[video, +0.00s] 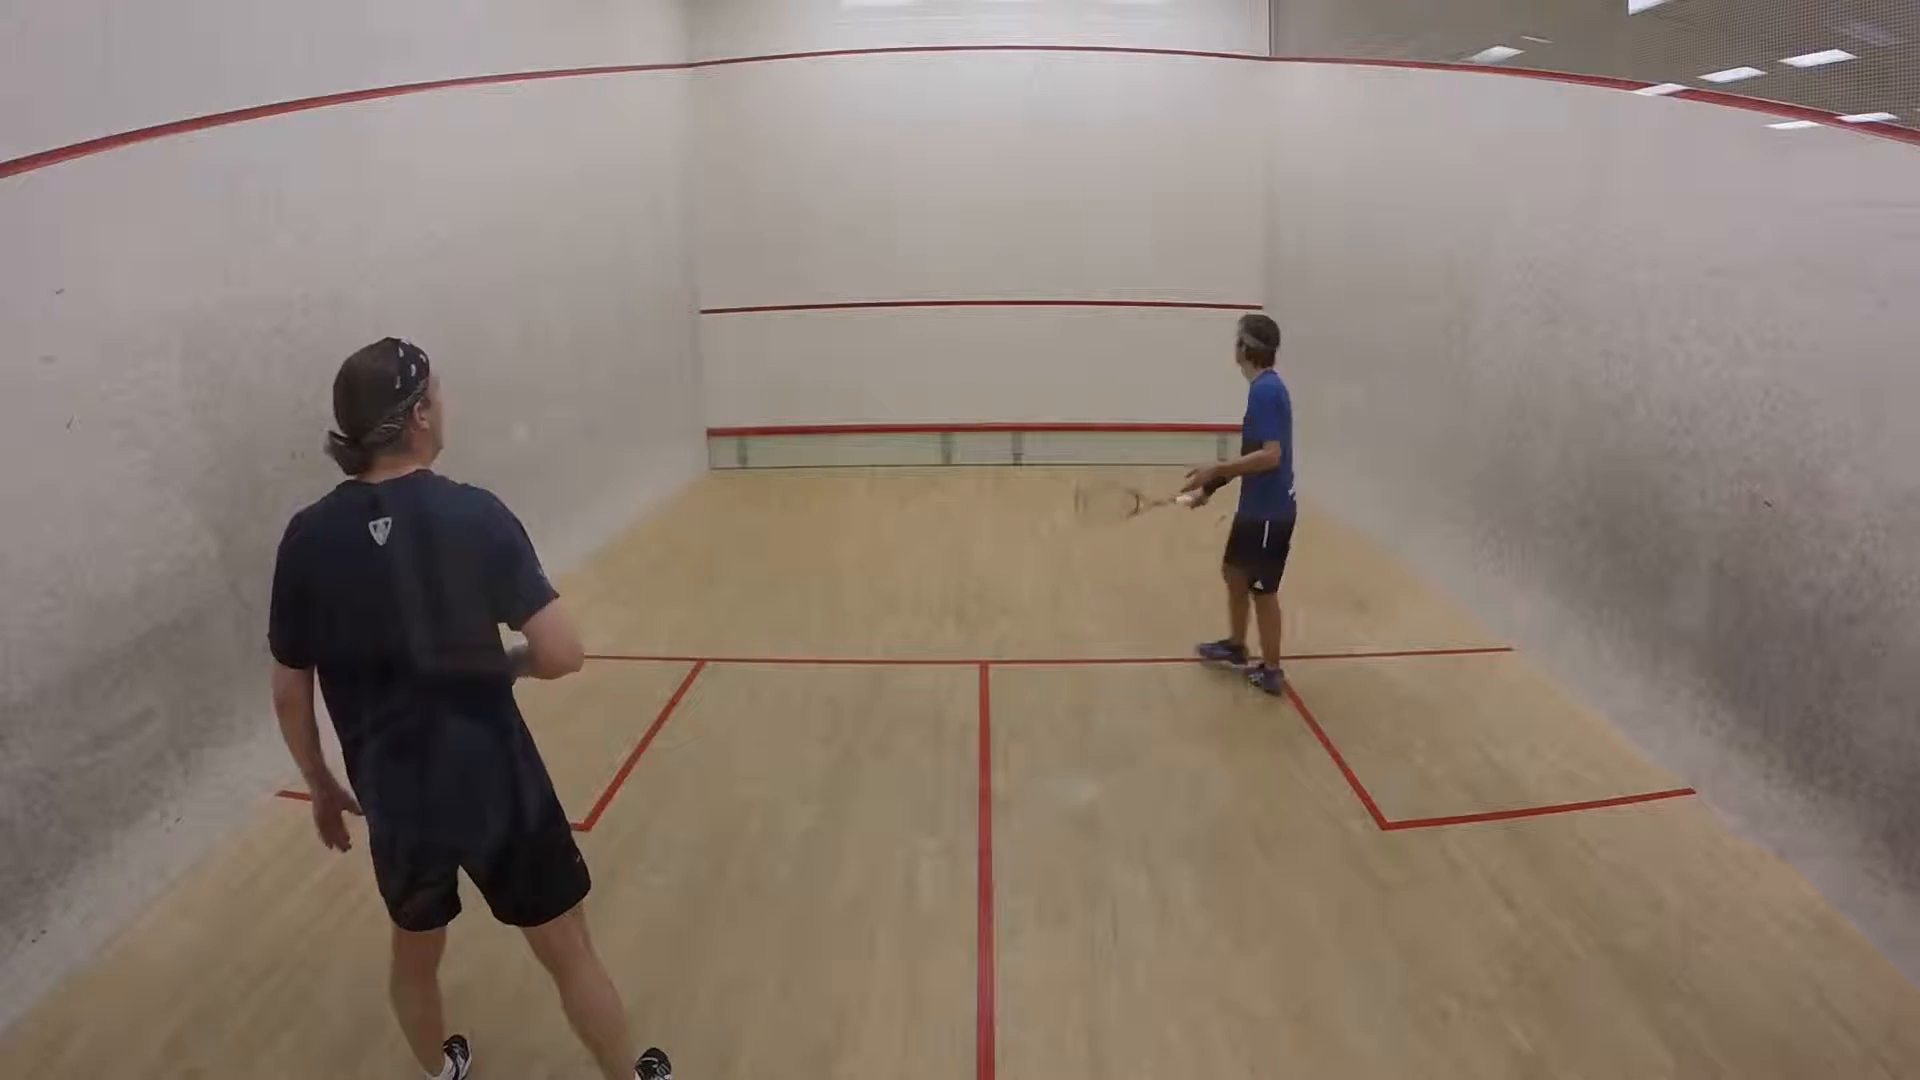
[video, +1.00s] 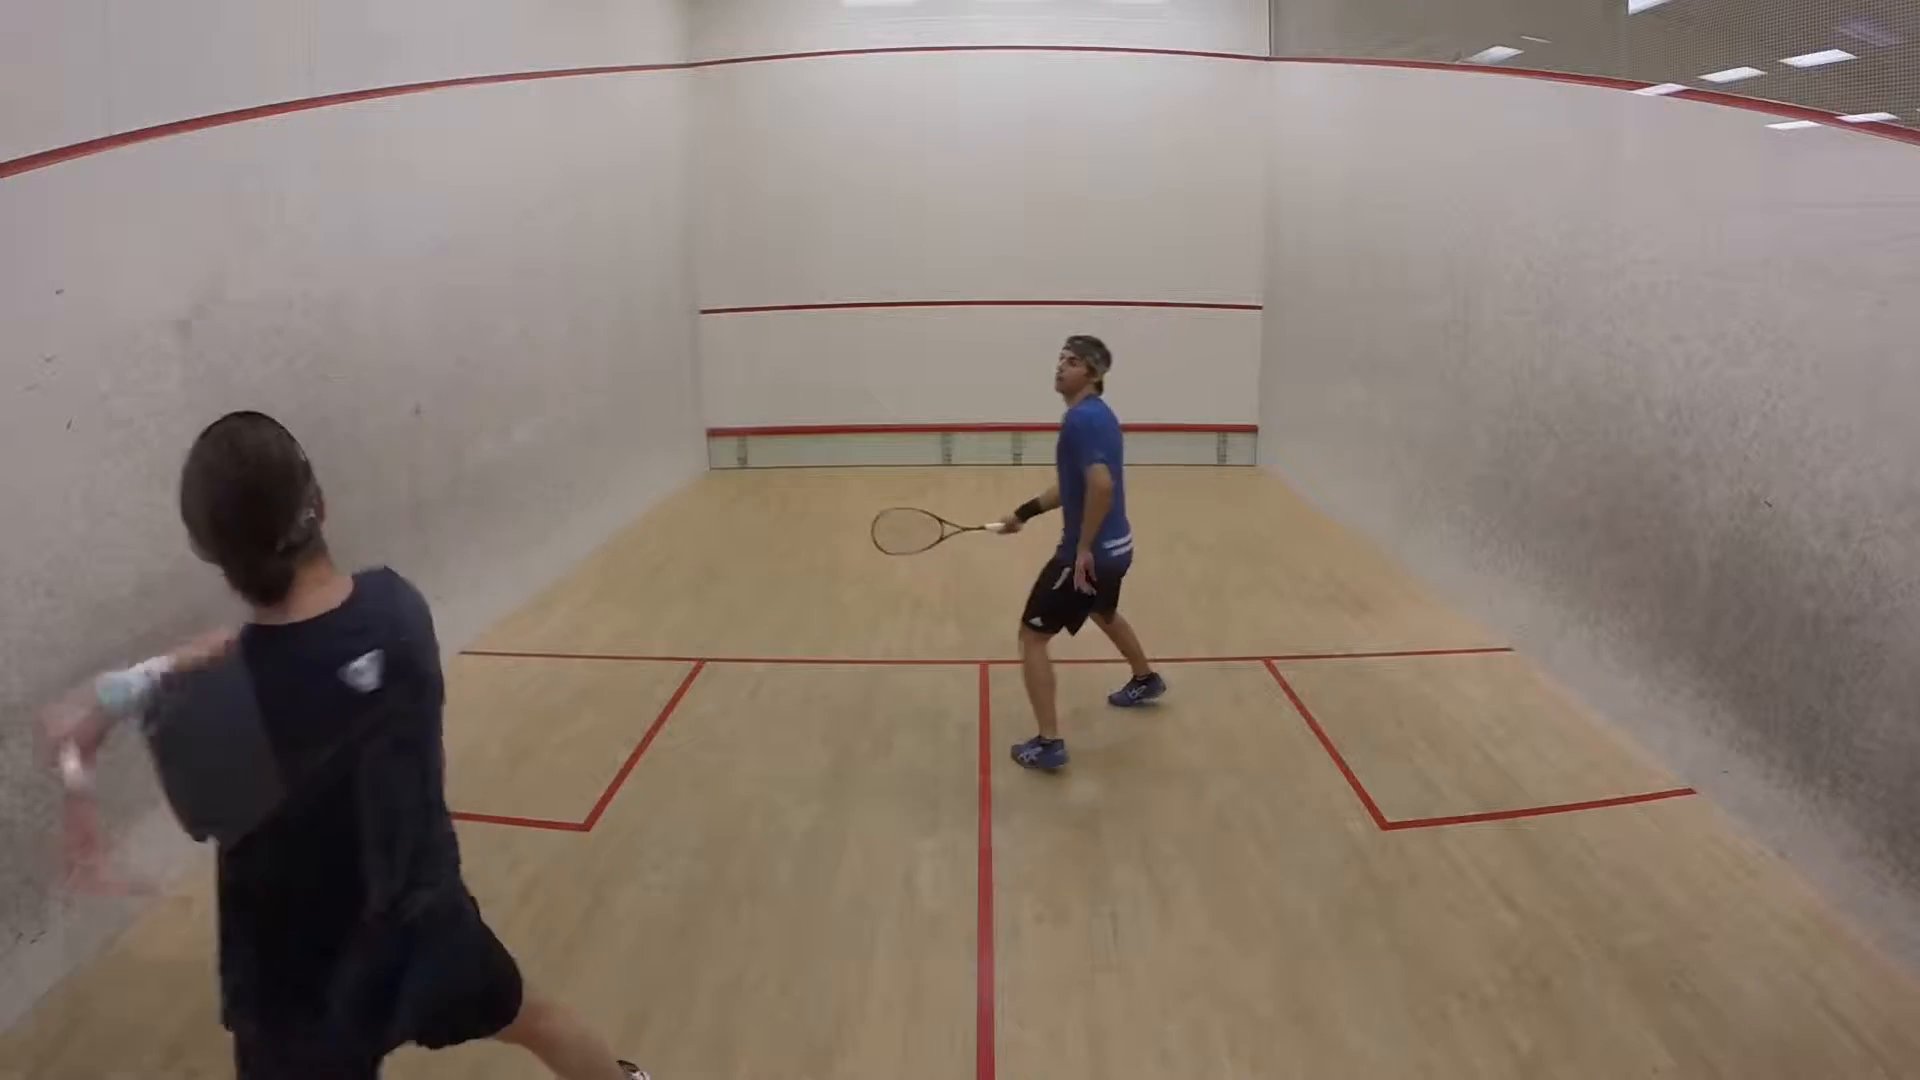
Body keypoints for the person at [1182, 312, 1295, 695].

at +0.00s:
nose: (1234, 350)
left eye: (1237, 344)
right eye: (1236, 343)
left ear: (1245, 347)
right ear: (1268, 349)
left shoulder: (1267, 390)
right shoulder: (1264, 389)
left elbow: (1271, 456)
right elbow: (1255, 455)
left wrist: (1216, 471)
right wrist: (1214, 484)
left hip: (1271, 512)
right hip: (1254, 508)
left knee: (1263, 588)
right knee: (1235, 573)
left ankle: (1271, 669)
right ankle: (1237, 644)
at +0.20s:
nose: (1198, 348)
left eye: (1207, 344)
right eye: (1203, 342)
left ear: (1225, 357)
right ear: (1220, 356)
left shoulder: (1246, 402)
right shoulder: (1215, 400)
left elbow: (1255, 469)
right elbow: (1223, 467)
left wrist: (1197, 483)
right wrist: (1210, 516)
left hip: (1247, 521)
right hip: (1216, 516)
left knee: (1260, 595)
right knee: (1189, 584)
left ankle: (1274, 665)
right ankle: (1169, 668)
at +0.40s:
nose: (1167, 356)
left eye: (1177, 354)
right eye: (1170, 350)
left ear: (1196, 366)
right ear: (1177, 361)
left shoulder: (1205, 409)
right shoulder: (1174, 405)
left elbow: (1209, 476)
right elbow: (1183, 468)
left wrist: (1150, 491)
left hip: (1203, 531)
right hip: (1170, 525)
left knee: (1209, 607)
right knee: (1148, 594)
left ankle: (1256, 656)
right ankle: (1154, 683)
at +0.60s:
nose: (1140, 348)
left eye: (1151, 344)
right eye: (1140, 341)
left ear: (1169, 357)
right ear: (1138, 351)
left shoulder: (1174, 400)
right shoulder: (1140, 400)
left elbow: (1183, 469)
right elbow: (1143, 465)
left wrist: (1126, 494)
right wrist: (1122, 499)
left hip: (1165, 526)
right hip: (1138, 521)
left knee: (1144, 610)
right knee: (1128, 600)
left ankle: (1184, 664)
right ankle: (1151, 681)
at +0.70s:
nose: (1125, 344)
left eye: (1137, 341)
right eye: (1126, 338)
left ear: (1156, 354)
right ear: (1123, 349)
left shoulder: (1158, 400)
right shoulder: (1128, 397)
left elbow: (1172, 468)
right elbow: (1133, 462)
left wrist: (1117, 501)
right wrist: (1107, 494)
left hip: (1149, 527)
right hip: (1128, 522)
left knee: (1112, 612)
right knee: (1128, 608)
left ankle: (1146, 689)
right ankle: (1145, 681)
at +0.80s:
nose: (1108, 348)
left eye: (1119, 345)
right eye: (1109, 342)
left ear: (1137, 357)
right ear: (1112, 351)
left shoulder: (1138, 403)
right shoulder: (1118, 400)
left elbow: (1155, 471)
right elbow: (1108, 460)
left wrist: (1107, 516)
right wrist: (1070, 499)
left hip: (1132, 531)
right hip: (1124, 527)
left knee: (1082, 618)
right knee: (1117, 605)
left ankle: (1095, 720)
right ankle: (1149, 679)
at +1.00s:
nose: (1059, 367)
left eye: (1069, 362)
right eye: (1060, 360)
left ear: (1090, 373)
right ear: (1078, 372)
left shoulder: (1083, 419)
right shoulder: (1098, 414)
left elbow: (1101, 486)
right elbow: (1074, 483)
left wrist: (1084, 546)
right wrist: (1026, 511)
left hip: (1083, 556)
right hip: (1112, 548)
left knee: (1033, 635)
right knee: (1104, 612)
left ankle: (1049, 742)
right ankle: (1146, 677)